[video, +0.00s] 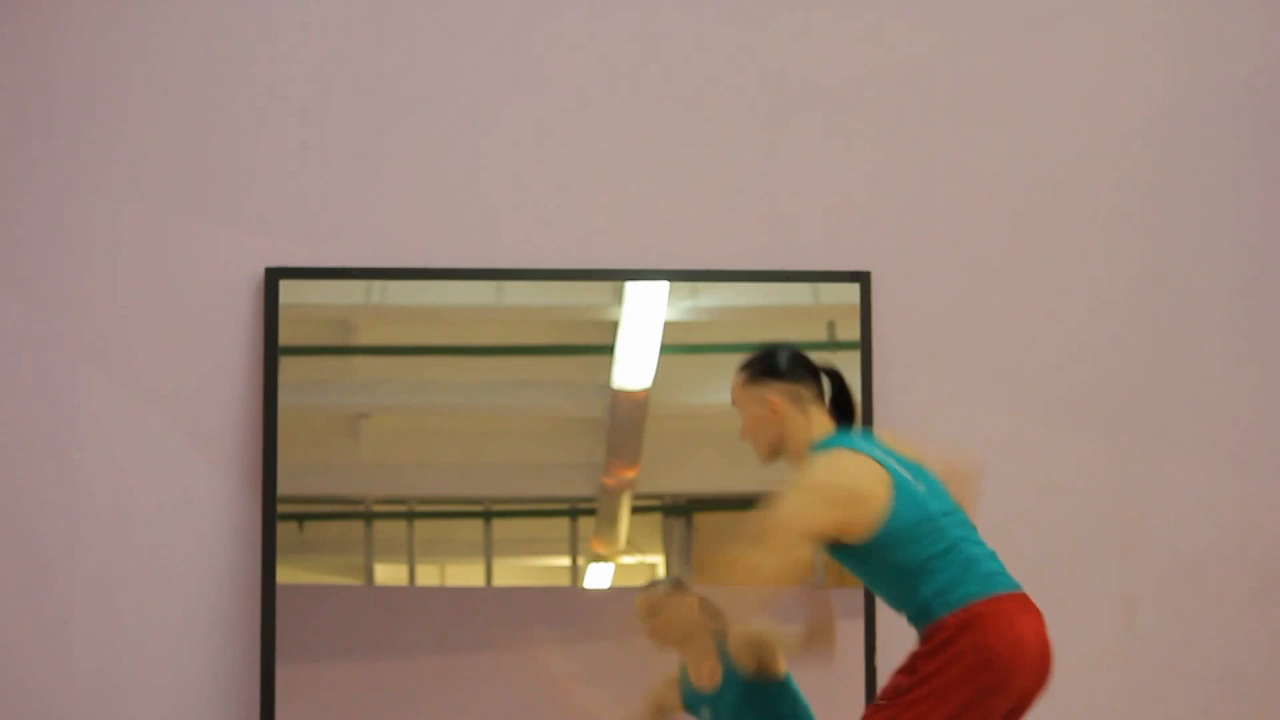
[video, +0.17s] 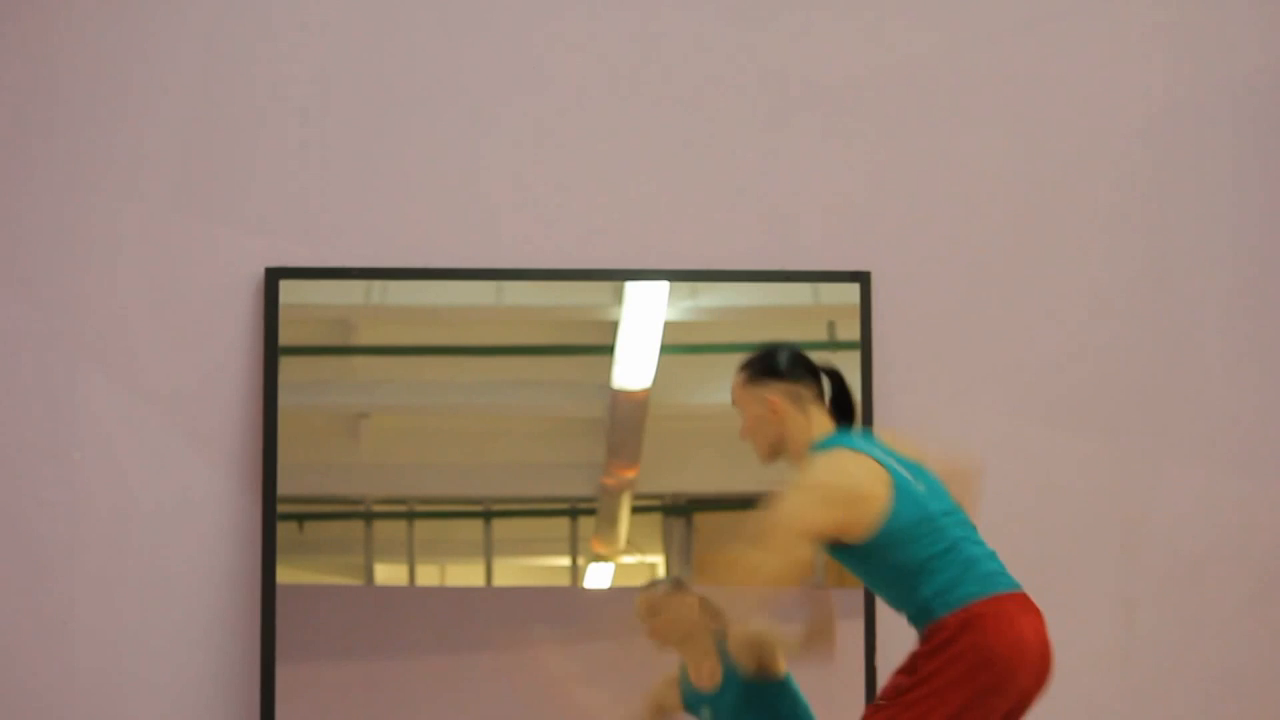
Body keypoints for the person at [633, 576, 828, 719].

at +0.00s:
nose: (652, 627)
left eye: (658, 611)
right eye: (648, 620)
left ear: (693, 604)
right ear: (650, 633)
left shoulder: (749, 642)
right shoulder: (671, 694)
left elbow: (820, 645)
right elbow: (650, 713)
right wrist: (655, 713)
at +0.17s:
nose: (651, 628)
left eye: (657, 612)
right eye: (647, 620)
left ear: (693, 604)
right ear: (651, 633)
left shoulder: (749, 643)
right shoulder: (671, 693)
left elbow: (820, 645)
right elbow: (651, 712)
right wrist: (655, 713)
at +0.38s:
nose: (660, 604)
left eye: (666, 589)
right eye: (649, 599)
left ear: (693, 587)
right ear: (644, 613)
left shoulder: (744, 621)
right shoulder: (668, 677)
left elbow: (817, 592)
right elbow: (592, 693)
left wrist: (798, 518)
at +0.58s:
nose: (669, 571)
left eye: (673, 559)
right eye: (656, 568)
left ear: (688, 562)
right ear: (646, 583)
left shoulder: (736, 591)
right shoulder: (655, 646)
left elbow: (793, 532)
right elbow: (585, 634)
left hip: (794, 713)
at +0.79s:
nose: (672, 538)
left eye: (676, 529)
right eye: (661, 533)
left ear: (687, 531)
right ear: (639, 545)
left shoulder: (724, 555)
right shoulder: (654, 607)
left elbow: (775, 489)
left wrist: (735, 426)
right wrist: (667, 504)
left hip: (782, 707)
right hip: (729, 715)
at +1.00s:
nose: (680, 482)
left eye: (677, 474)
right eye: (666, 479)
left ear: (681, 477)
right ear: (642, 494)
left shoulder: (697, 523)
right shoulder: (642, 551)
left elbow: (752, 458)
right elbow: (706, 513)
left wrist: (720, 401)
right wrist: (759, 463)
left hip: (766, 688)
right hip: (714, 705)